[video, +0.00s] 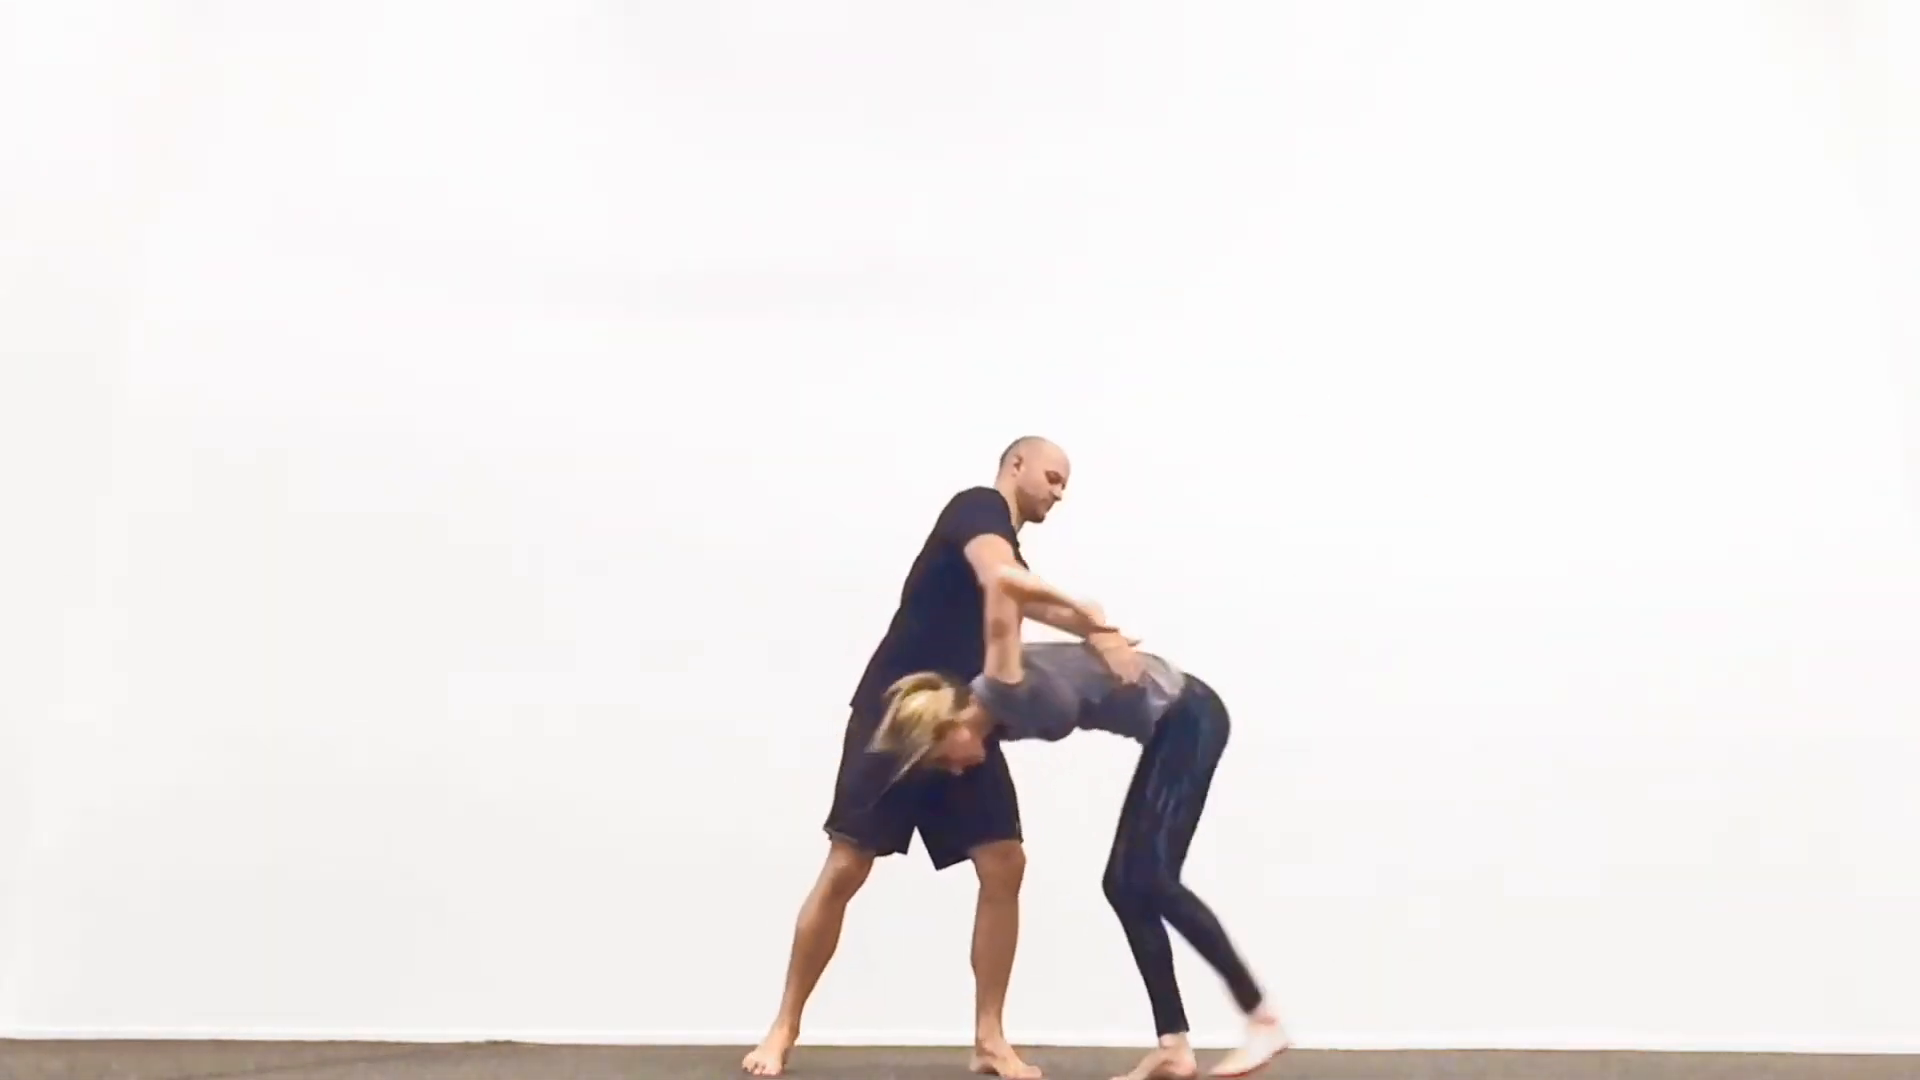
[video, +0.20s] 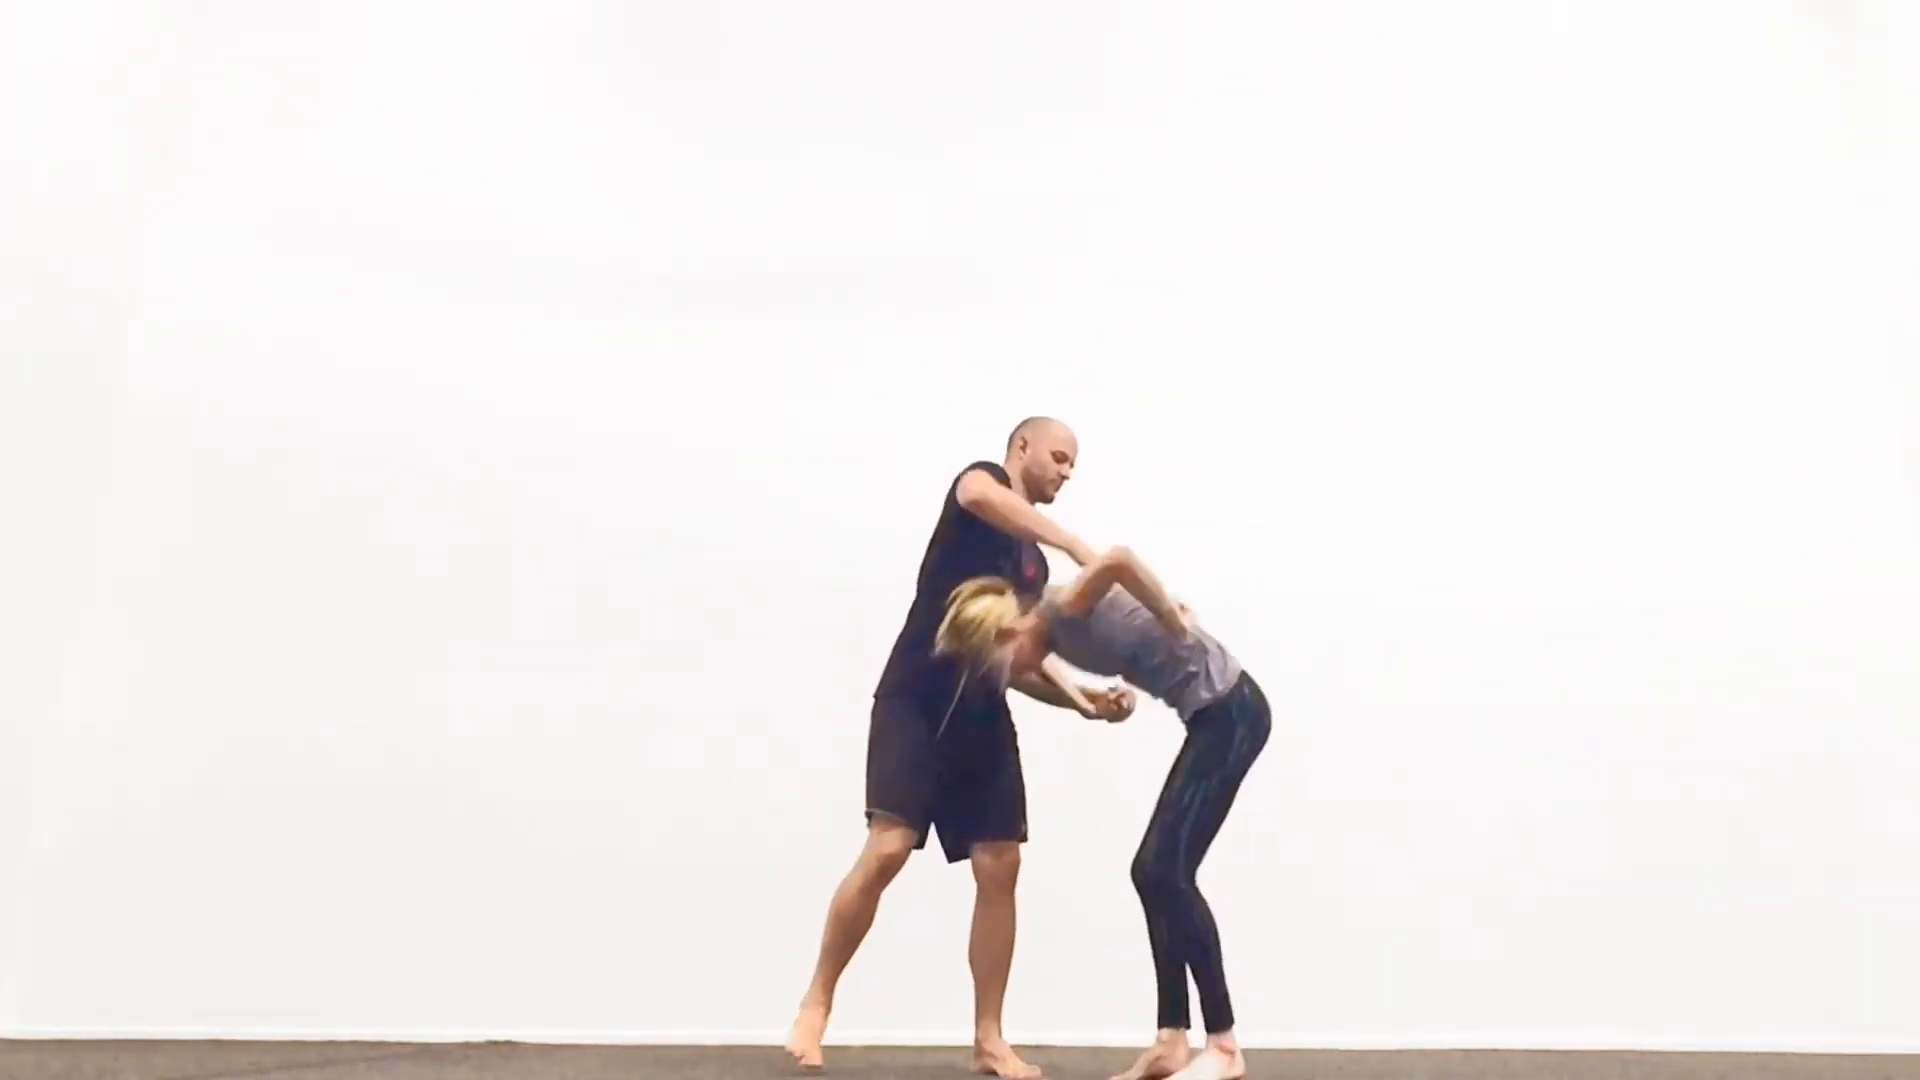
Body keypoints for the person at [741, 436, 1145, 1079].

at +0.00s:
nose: (1059, 491)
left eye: (1065, 485)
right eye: (1053, 477)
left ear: (1034, 481)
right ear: (1014, 465)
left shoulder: (1006, 545)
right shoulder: (977, 505)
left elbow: (1010, 632)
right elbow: (1000, 580)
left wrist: (1101, 640)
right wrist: (1095, 626)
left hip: (963, 709)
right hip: (896, 706)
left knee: (1005, 864)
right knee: (845, 870)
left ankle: (991, 1040)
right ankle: (783, 1029)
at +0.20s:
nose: (1066, 471)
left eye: (1071, 466)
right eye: (1059, 457)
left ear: (1056, 473)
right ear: (1021, 446)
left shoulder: (1033, 561)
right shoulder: (983, 476)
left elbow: (1021, 662)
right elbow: (978, 497)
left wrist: (1080, 696)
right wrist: (1074, 543)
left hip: (982, 706)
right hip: (917, 692)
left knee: (1000, 864)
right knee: (890, 849)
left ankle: (990, 1040)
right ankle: (816, 1004)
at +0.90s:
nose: (1009, 419)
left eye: (1009, 409)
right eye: (998, 405)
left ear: (976, 412)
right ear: (953, 405)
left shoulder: (974, 497)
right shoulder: (931, 479)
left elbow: (1006, 625)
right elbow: (936, 585)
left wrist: (1099, 617)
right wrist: (1046, 596)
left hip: (980, 698)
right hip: (934, 694)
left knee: (984, 859)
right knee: (928, 855)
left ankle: (961, 1033)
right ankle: (901, 1047)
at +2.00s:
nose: (1060, 451)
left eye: (1063, 440)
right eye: (1049, 438)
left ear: (1053, 447)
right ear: (1008, 439)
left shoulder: (1044, 537)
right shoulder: (955, 510)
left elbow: (1052, 644)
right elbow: (947, 621)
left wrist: (1035, 604)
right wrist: (1041, 638)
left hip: (976, 708)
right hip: (911, 699)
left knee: (999, 866)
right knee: (898, 843)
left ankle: (965, 1039)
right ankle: (836, 1022)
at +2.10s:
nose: (1068, 469)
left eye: (1072, 460)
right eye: (1056, 457)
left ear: (1064, 469)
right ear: (1016, 459)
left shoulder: (1051, 559)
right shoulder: (962, 527)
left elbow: (1042, 675)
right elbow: (960, 635)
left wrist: (1016, 640)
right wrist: (1052, 636)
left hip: (970, 717)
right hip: (903, 705)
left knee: (1011, 868)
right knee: (880, 838)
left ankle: (965, 1041)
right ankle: (787, 1009)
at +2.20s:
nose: (1074, 492)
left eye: (1079, 481)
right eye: (1061, 478)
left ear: (1075, 492)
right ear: (1019, 480)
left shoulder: (1055, 583)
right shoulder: (967, 543)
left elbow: (1041, 677)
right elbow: (962, 648)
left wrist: (1044, 725)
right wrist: (1048, 640)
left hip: (963, 732)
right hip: (897, 714)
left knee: (1017, 873)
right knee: (851, 844)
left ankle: (968, 1039)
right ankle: (740, 998)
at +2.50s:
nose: (1032, 549)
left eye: (1042, 539)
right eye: (1020, 535)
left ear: (1049, 550)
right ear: (984, 532)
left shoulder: (1034, 646)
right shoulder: (927, 599)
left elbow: (1021, 746)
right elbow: (894, 717)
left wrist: (1057, 837)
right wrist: (953, 690)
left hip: (931, 774)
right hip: (854, 759)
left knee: (1024, 878)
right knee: (766, 857)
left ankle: (962, 1045)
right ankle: (631, 1003)